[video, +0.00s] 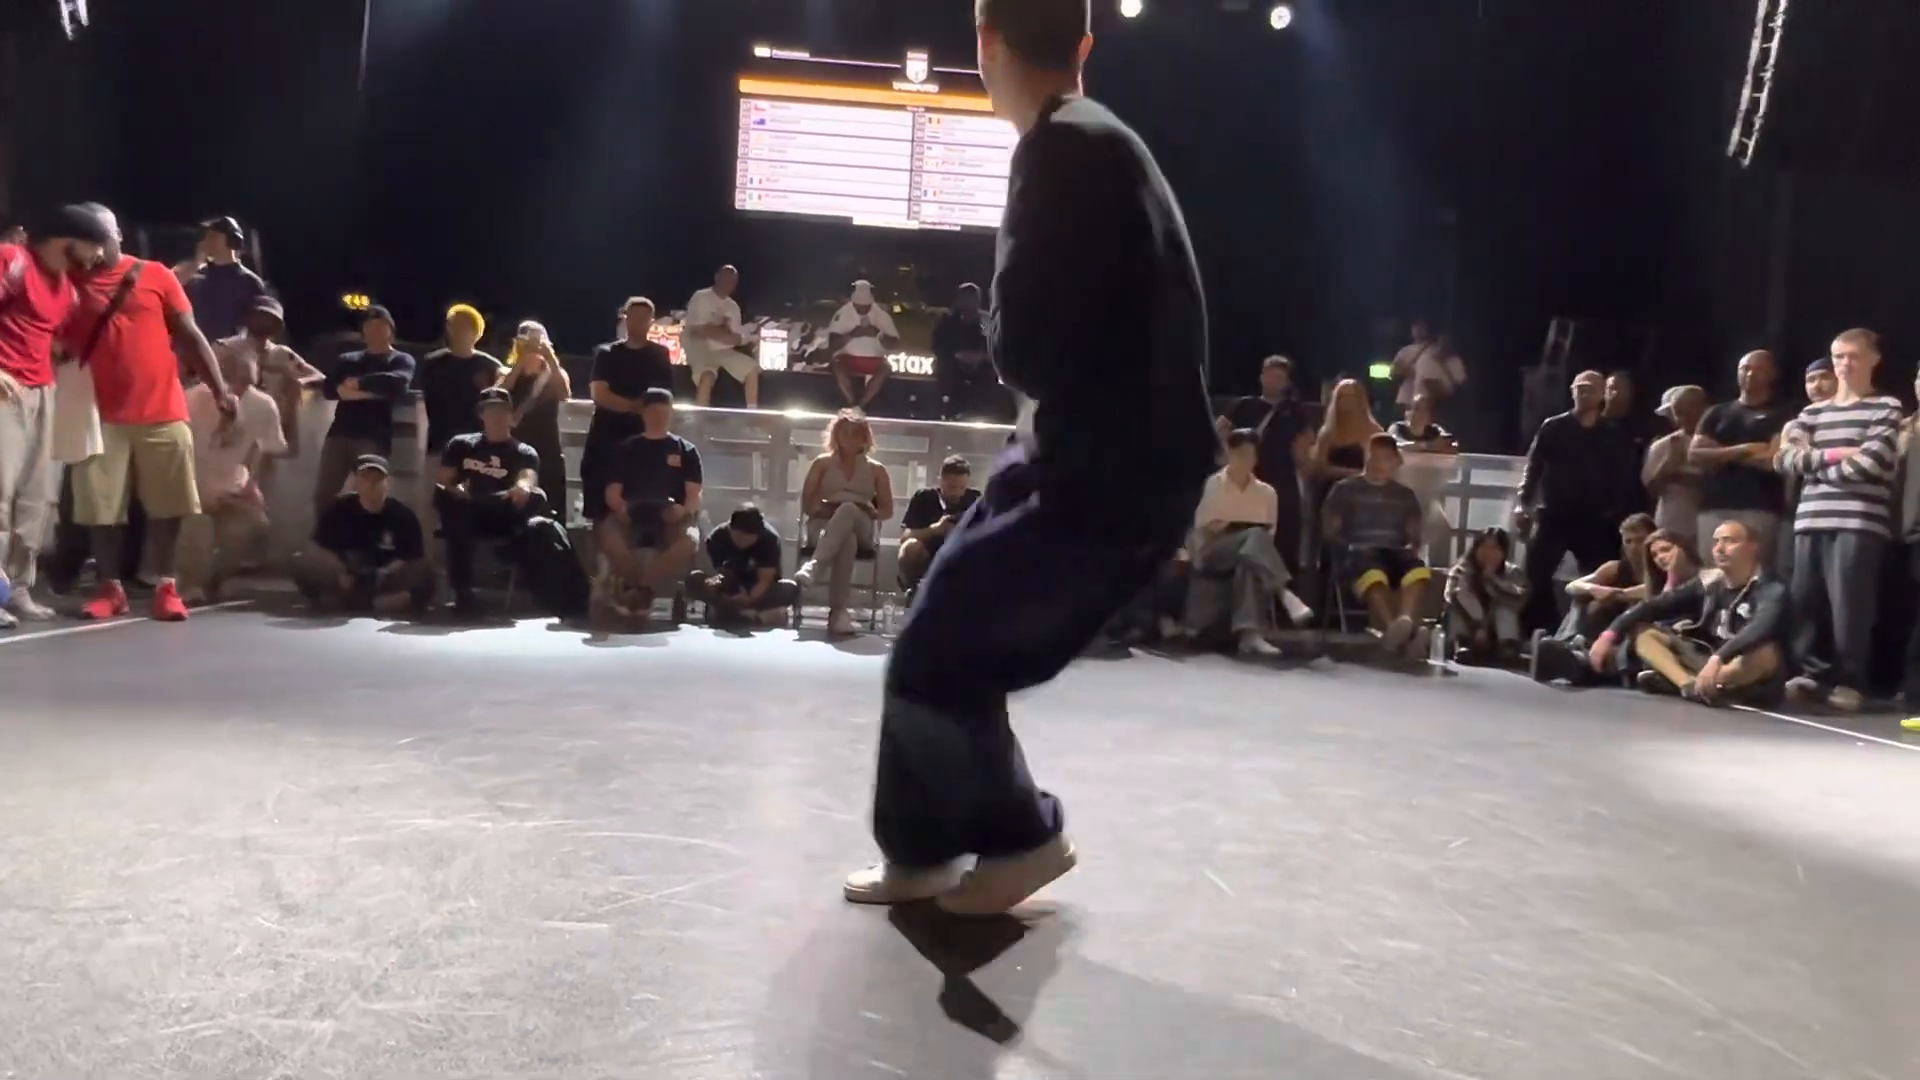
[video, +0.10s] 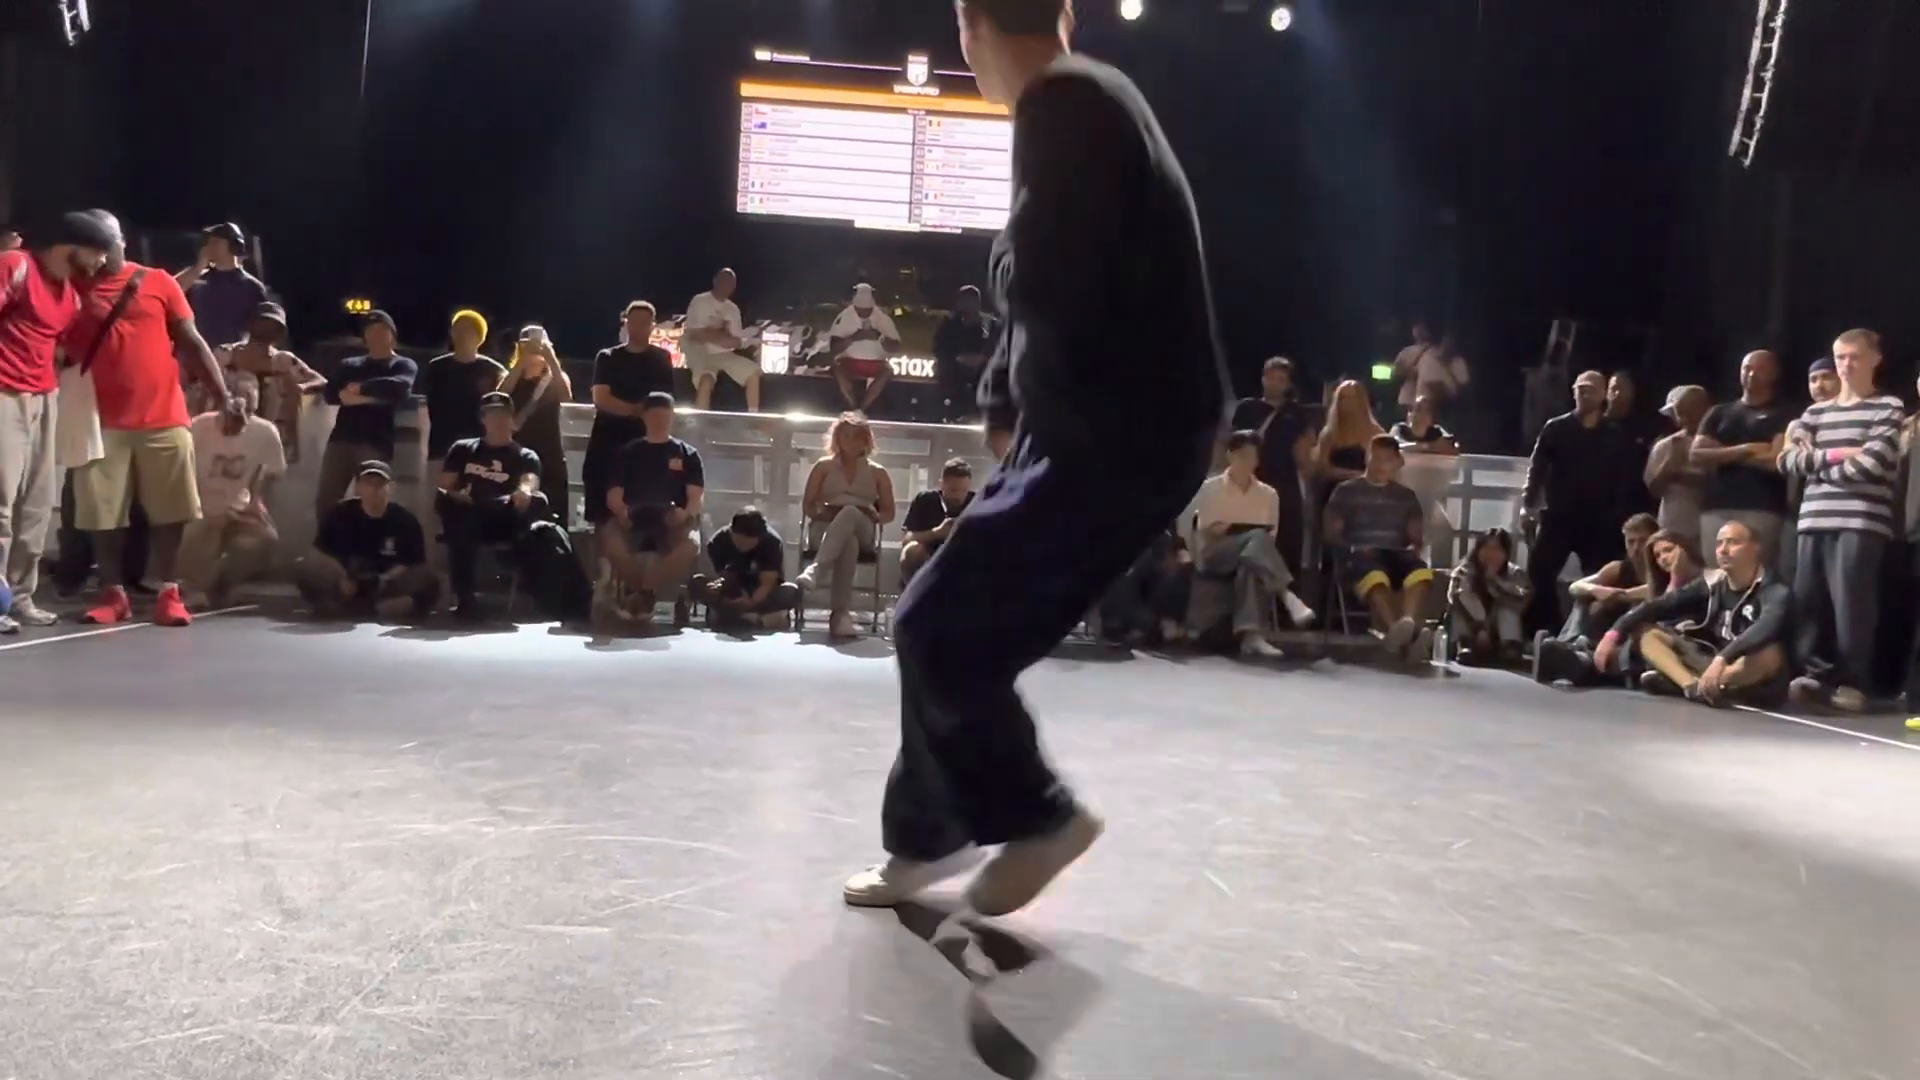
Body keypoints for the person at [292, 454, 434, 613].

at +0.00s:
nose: (371, 485)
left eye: (377, 480)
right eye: (366, 479)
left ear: (386, 483)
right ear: (356, 481)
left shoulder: (402, 515)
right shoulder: (338, 509)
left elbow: (413, 557)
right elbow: (320, 548)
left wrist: (384, 573)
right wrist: (341, 574)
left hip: (385, 575)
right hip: (346, 572)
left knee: (424, 573)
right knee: (301, 562)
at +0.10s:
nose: (374, 491)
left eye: (380, 485)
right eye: (369, 484)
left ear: (389, 488)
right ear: (358, 487)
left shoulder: (405, 520)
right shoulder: (339, 514)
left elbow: (415, 562)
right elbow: (319, 553)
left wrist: (387, 579)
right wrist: (341, 578)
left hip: (386, 581)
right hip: (347, 580)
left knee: (428, 580)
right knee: (304, 567)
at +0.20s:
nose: (373, 493)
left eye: (379, 486)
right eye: (367, 486)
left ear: (388, 489)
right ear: (357, 489)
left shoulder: (404, 521)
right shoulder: (338, 515)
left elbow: (413, 563)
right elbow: (318, 553)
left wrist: (386, 579)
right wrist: (340, 578)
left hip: (386, 582)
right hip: (346, 581)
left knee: (427, 581)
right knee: (304, 570)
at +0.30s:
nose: (367, 486)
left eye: (372, 480)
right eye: (361, 480)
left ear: (382, 483)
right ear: (352, 483)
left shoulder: (399, 514)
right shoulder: (334, 508)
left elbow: (409, 556)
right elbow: (318, 549)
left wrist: (381, 573)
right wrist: (337, 573)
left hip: (382, 576)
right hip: (343, 575)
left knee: (422, 574)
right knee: (300, 563)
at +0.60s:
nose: (371, 499)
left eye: (376, 493)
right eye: (365, 493)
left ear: (385, 496)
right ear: (355, 497)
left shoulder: (403, 528)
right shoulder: (339, 524)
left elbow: (413, 570)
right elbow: (323, 561)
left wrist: (394, 581)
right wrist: (341, 579)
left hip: (386, 588)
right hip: (348, 587)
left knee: (425, 588)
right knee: (305, 578)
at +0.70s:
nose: (374, 506)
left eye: (379, 500)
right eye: (368, 499)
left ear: (388, 503)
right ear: (358, 504)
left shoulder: (406, 534)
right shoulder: (342, 530)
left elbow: (416, 576)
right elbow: (325, 570)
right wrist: (346, 588)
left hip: (390, 595)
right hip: (351, 594)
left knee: (430, 594)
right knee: (309, 584)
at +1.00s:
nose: (374, 510)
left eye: (379, 504)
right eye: (368, 504)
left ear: (388, 507)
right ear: (359, 508)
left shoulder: (406, 537)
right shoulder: (342, 534)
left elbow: (416, 579)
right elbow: (327, 574)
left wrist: (390, 600)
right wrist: (346, 592)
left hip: (390, 599)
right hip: (353, 598)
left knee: (430, 596)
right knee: (310, 588)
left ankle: (354, 628)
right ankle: (380, 628)